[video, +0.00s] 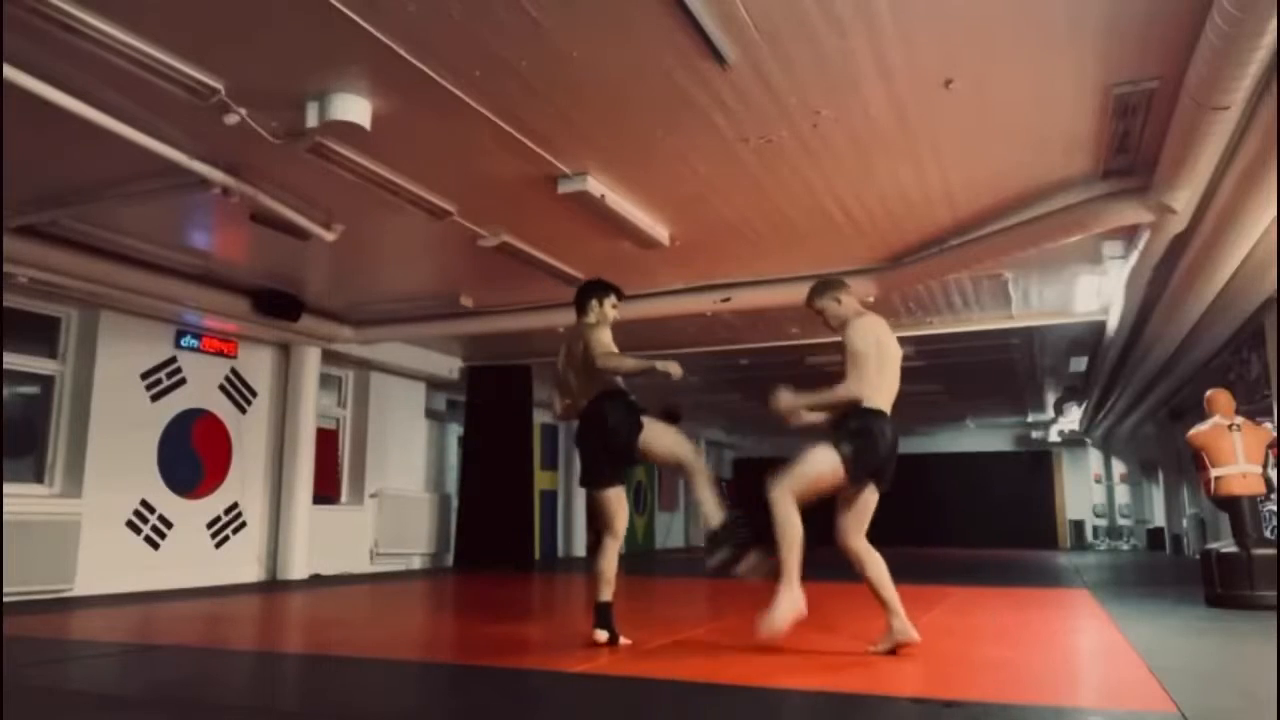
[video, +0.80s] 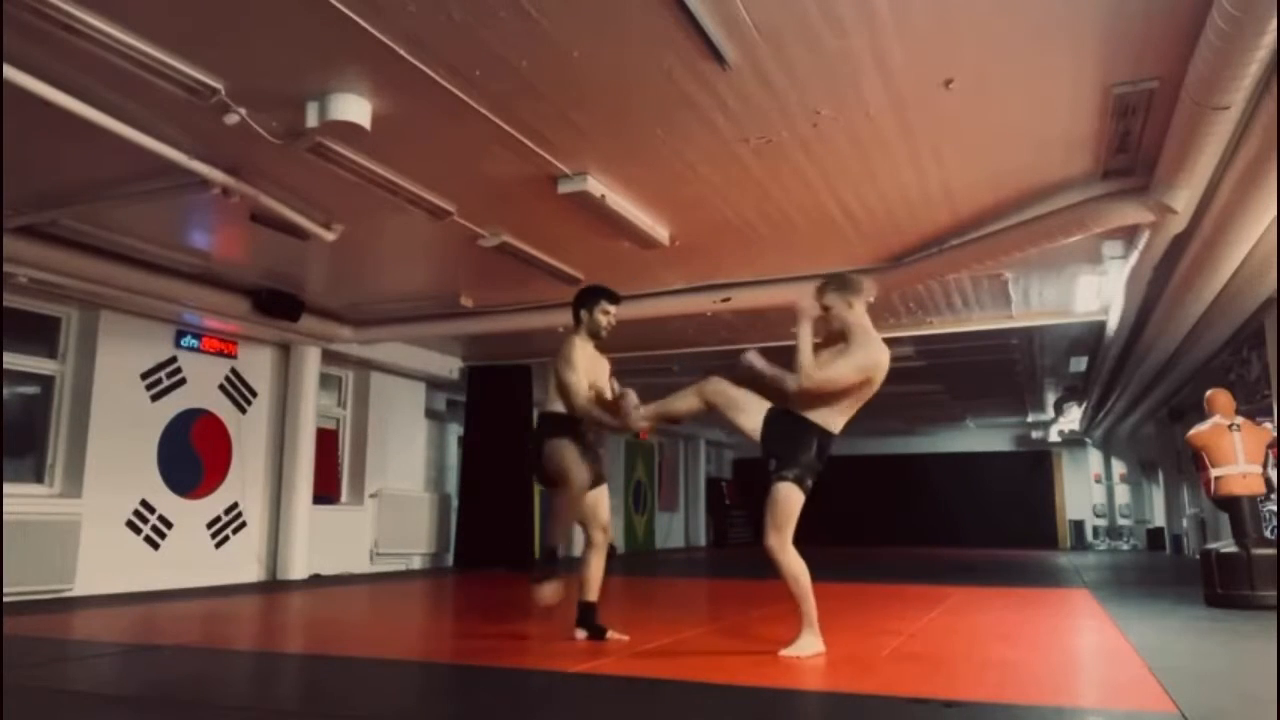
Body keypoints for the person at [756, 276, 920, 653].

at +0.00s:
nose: (826, 322)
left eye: (825, 312)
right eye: (821, 315)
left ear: (842, 298)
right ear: (849, 299)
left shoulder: (861, 327)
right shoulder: (882, 331)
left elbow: (857, 388)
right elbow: (863, 400)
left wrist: (797, 400)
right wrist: (811, 416)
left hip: (861, 433)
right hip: (882, 441)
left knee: (782, 489)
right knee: (852, 536)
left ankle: (790, 592)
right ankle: (900, 623)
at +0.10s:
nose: (822, 319)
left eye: (823, 309)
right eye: (819, 312)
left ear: (842, 299)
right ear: (844, 302)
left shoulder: (858, 331)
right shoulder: (871, 334)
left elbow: (862, 379)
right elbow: (832, 393)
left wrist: (815, 389)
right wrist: (801, 362)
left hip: (855, 440)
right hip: (873, 442)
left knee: (793, 516)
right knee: (857, 540)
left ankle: (800, 623)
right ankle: (903, 628)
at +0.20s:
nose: (819, 298)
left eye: (820, 290)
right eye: (815, 293)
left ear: (839, 278)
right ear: (832, 286)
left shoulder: (866, 307)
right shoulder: (846, 319)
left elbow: (855, 337)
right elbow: (799, 342)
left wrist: (811, 314)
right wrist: (791, 301)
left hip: (849, 421)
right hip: (851, 425)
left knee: (768, 466)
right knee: (844, 524)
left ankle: (782, 565)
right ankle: (892, 611)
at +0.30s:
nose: (818, 286)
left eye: (818, 278)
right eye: (814, 281)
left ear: (831, 266)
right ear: (828, 272)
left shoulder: (863, 291)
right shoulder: (847, 299)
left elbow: (833, 318)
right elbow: (791, 316)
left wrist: (804, 285)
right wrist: (766, 282)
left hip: (849, 408)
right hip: (836, 405)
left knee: (771, 463)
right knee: (771, 462)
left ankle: (791, 569)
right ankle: (821, 542)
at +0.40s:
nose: (821, 295)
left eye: (822, 287)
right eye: (817, 290)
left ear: (837, 273)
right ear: (828, 281)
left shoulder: (869, 304)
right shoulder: (843, 312)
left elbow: (822, 324)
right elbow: (779, 334)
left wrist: (799, 286)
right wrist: (740, 313)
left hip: (829, 413)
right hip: (806, 408)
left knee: (797, 509)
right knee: (739, 395)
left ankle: (810, 613)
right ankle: (711, 471)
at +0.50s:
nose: (830, 315)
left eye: (832, 304)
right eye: (825, 309)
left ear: (855, 294)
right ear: (834, 303)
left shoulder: (884, 334)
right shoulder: (837, 339)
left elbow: (830, 344)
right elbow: (779, 367)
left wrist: (806, 303)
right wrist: (725, 360)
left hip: (814, 431)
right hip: (782, 416)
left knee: (795, 532)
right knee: (713, 389)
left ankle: (814, 632)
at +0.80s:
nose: (822, 318)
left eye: (827, 310)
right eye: (822, 311)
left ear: (852, 306)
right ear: (851, 307)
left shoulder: (872, 353)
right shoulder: (842, 344)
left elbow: (808, 380)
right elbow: (798, 388)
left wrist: (804, 324)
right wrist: (761, 366)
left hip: (804, 441)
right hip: (779, 422)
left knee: (778, 540)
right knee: (713, 387)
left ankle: (812, 634)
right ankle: (641, 414)